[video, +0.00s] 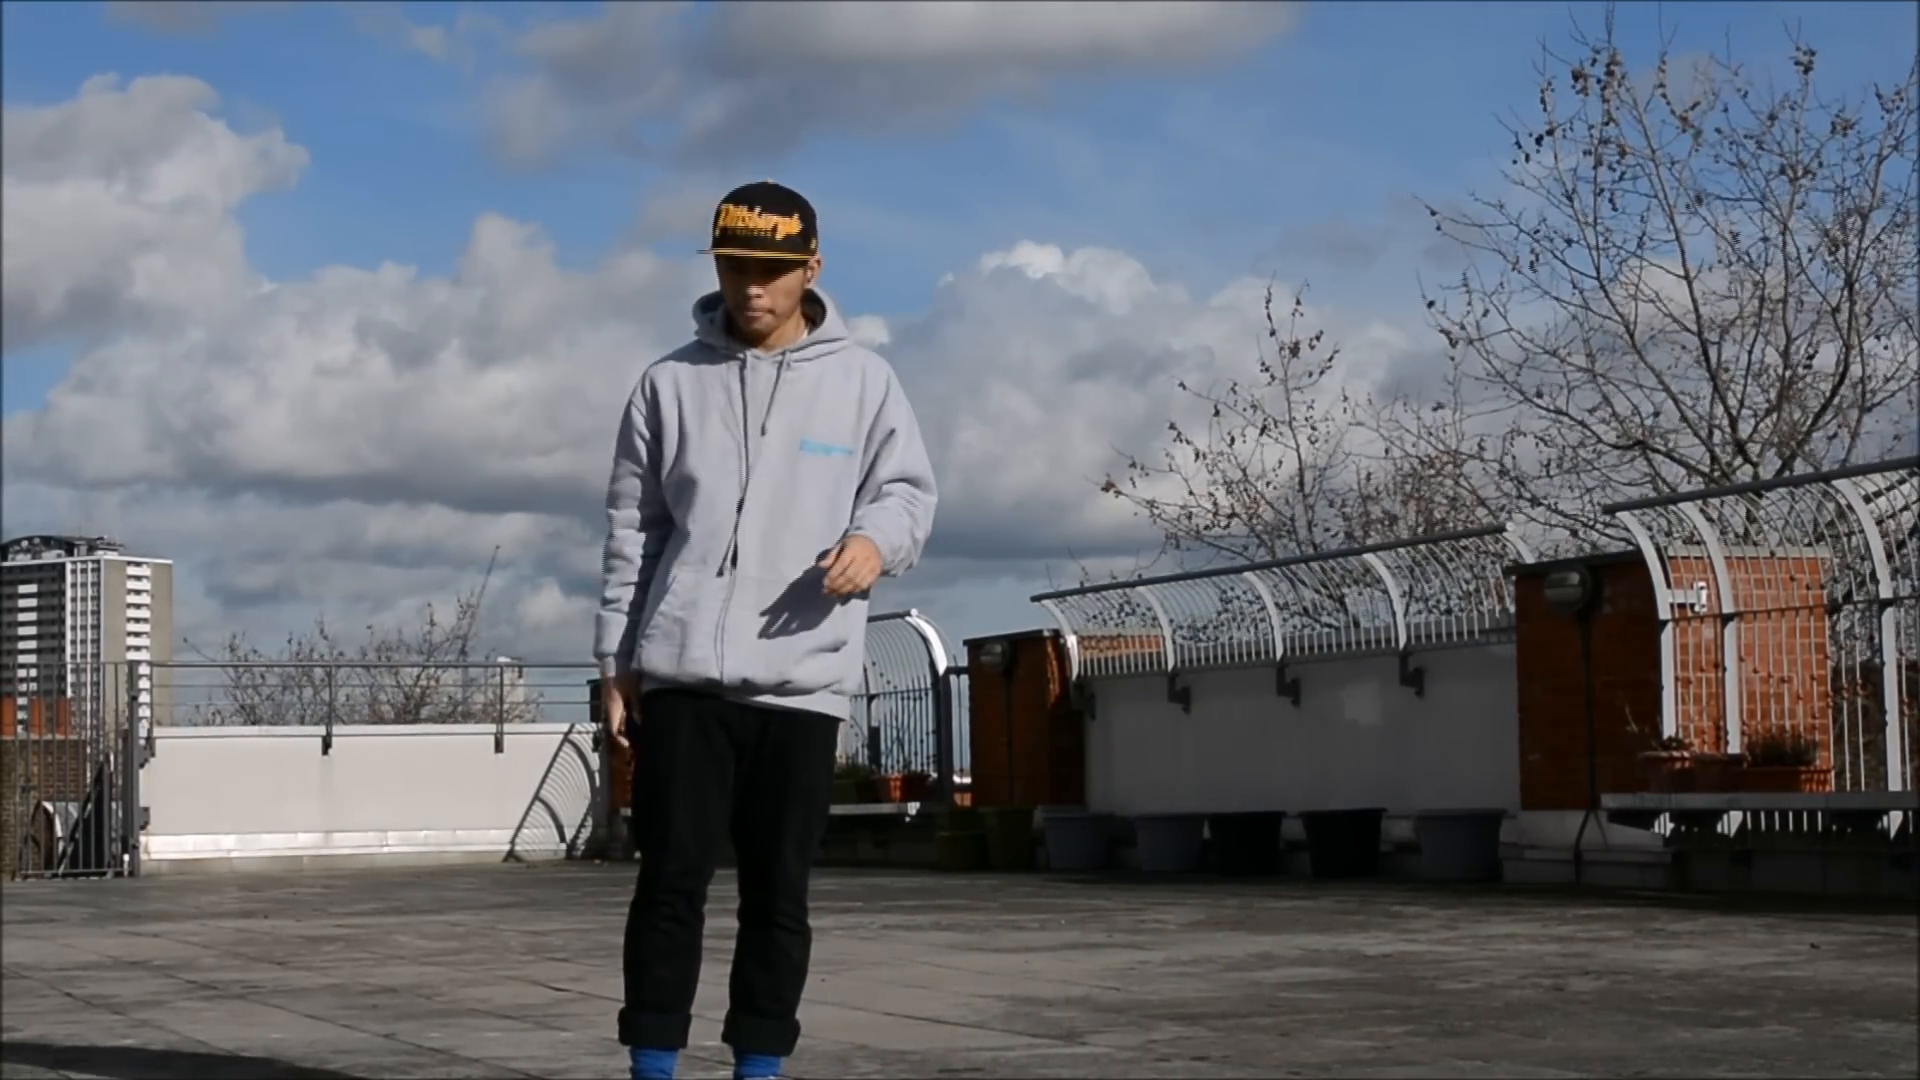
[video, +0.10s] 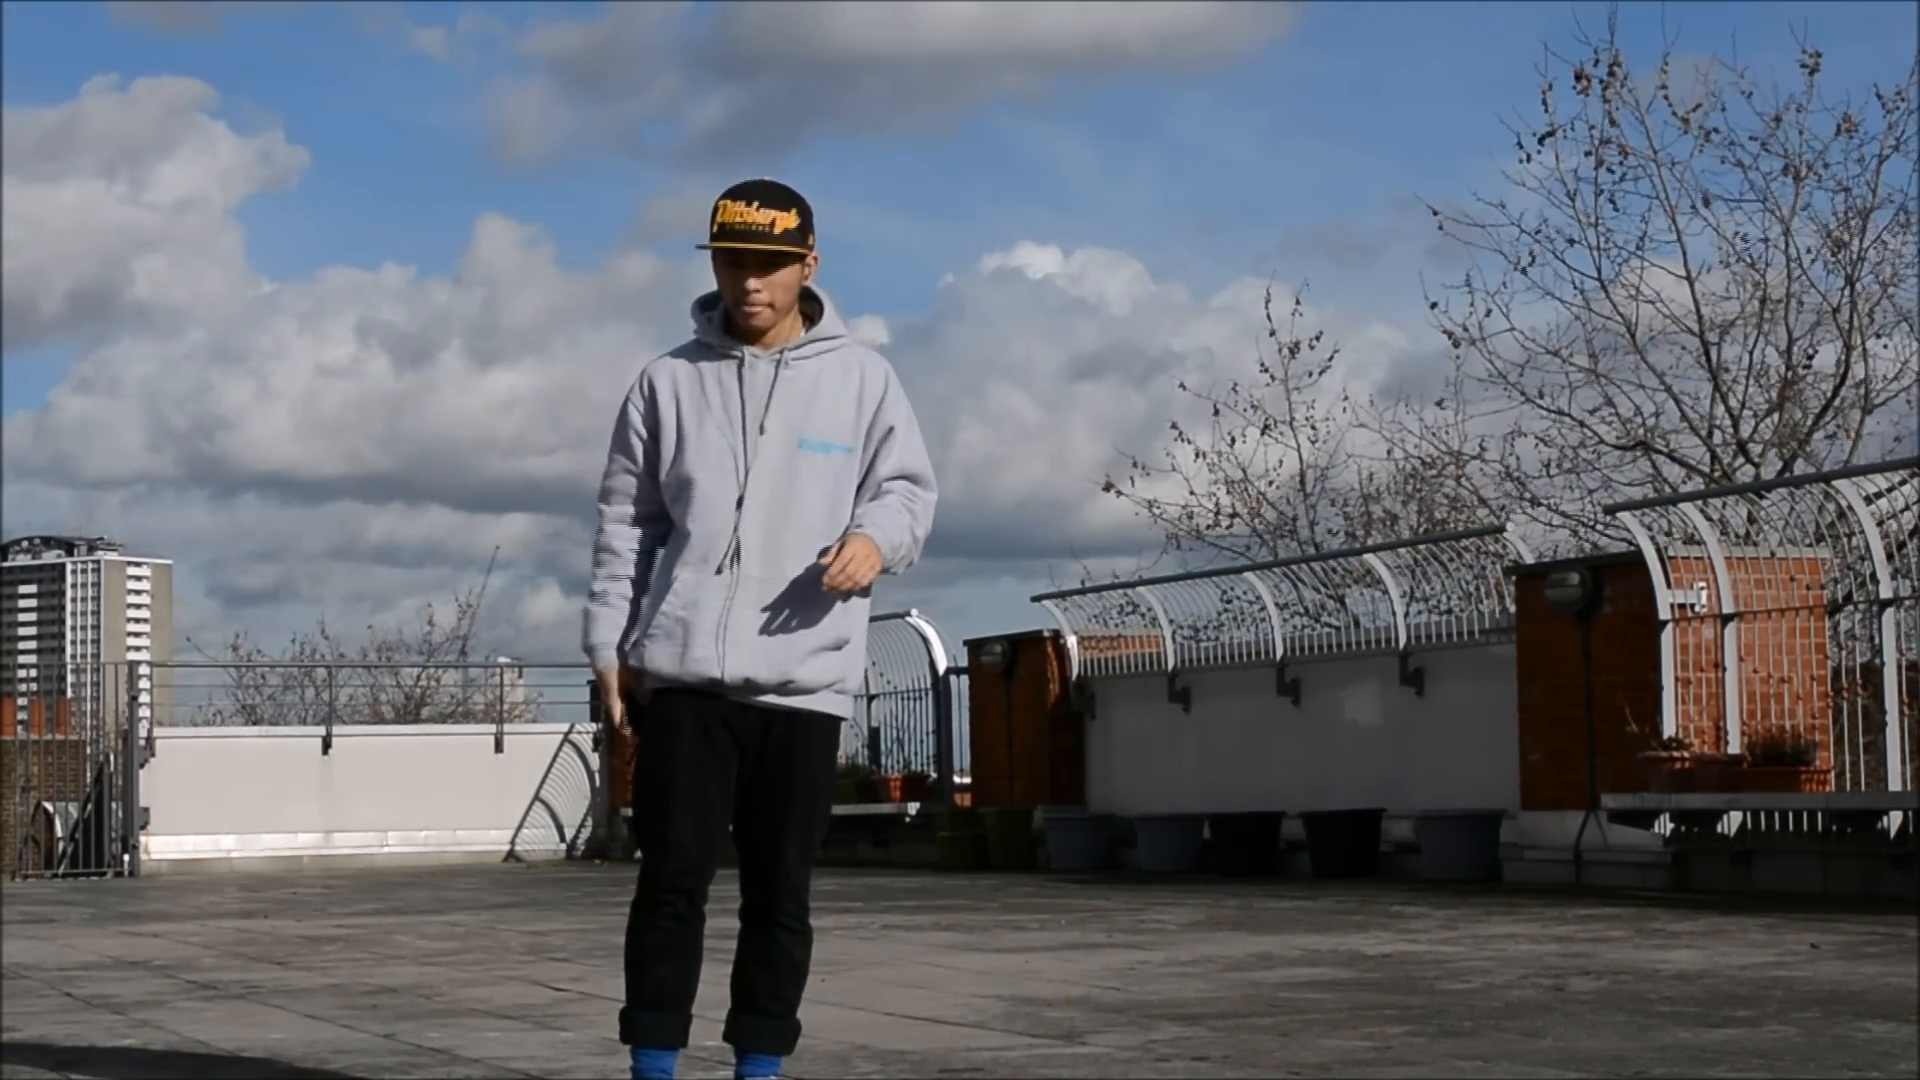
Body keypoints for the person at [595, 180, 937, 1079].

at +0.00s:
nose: (752, 288)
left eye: (771, 271)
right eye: (737, 270)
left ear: (809, 270)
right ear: (717, 270)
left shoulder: (864, 380)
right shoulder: (665, 384)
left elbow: (908, 490)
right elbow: (630, 533)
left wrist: (875, 541)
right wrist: (614, 660)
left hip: (802, 679)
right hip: (680, 673)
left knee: (779, 888)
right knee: (670, 879)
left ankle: (761, 1064)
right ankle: (652, 1063)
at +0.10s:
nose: (751, 281)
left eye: (770, 263)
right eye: (735, 263)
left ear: (806, 266)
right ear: (715, 267)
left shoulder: (864, 377)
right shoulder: (664, 381)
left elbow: (909, 488)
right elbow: (623, 525)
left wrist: (875, 537)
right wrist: (607, 649)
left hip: (804, 677)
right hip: (681, 671)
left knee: (781, 886)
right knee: (671, 878)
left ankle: (761, 1064)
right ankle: (652, 1063)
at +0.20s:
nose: (753, 278)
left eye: (772, 259)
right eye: (736, 260)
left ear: (807, 262)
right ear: (716, 263)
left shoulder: (863, 375)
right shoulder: (661, 374)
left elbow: (908, 487)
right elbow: (616, 504)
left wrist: (873, 533)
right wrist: (607, 613)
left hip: (804, 677)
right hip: (683, 669)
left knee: (781, 885)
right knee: (671, 877)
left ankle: (762, 1063)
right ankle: (653, 1063)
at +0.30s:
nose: (752, 277)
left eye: (772, 258)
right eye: (736, 259)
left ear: (807, 261)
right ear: (716, 262)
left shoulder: (863, 374)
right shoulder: (661, 369)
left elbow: (906, 487)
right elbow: (613, 490)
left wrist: (871, 532)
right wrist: (608, 592)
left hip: (805, 671)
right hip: (686, 663)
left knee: (781, 881)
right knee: (672, 873)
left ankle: (761, 1062)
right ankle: (654, 1061)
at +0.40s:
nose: (754, 276)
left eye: (774, 257)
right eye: (737, 258)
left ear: (810, 261)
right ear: (718, 261)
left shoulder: (863, 375)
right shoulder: (662, 363)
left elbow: (905, 490)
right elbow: (610, 478)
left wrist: (870, 536)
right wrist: (621, 579)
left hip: (805, 668)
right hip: (686, 658)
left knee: (780, 880)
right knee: (672, 872)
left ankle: (761, 1062)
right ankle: (653, 1062)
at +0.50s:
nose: (754, 277)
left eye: (774, 259)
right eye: (739, 259)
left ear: (812, 262)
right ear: (720, 261)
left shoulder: (864, 377)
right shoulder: (663, 363)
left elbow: (901, 492)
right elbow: (614, 480)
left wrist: (867, 540)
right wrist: (623, 581)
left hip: (804, 666)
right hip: (684, 655)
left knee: (780, 881)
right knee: (672, 872)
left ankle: (761, 1063)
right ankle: (653, 1062)